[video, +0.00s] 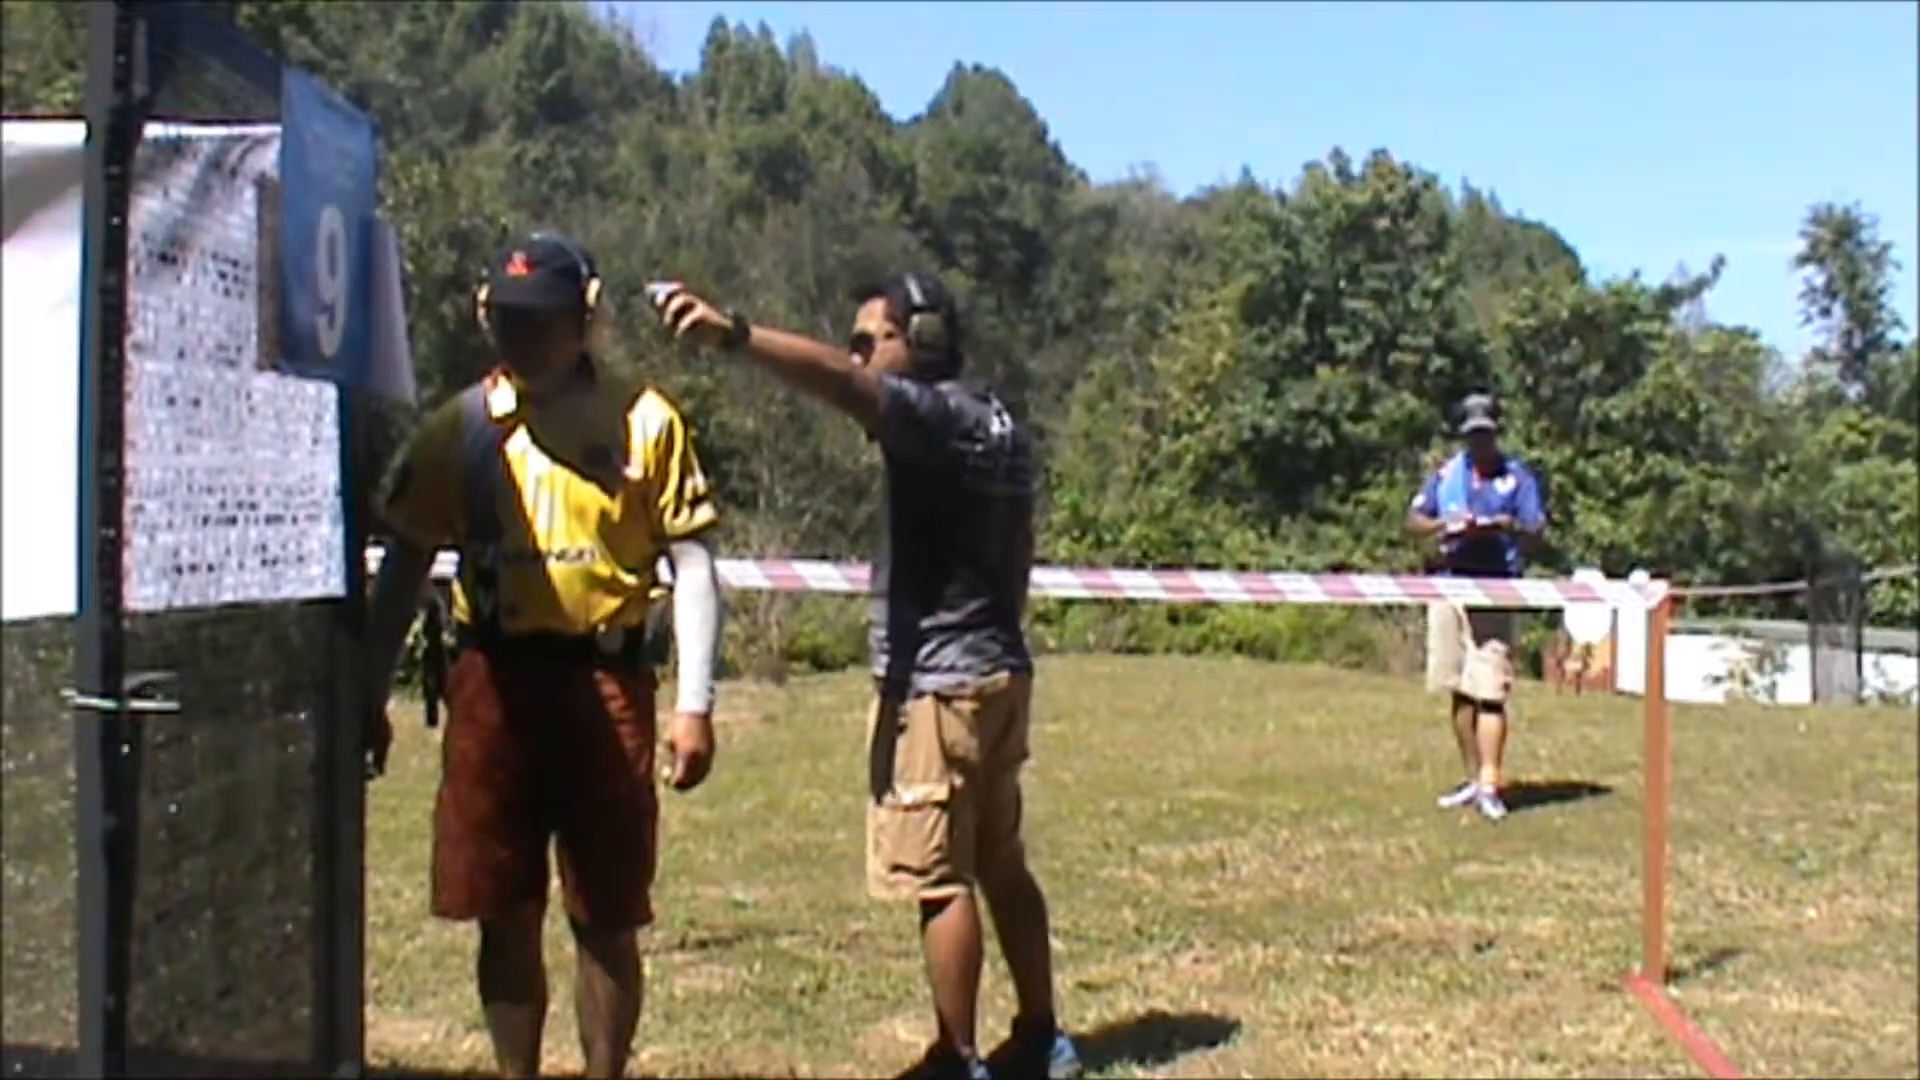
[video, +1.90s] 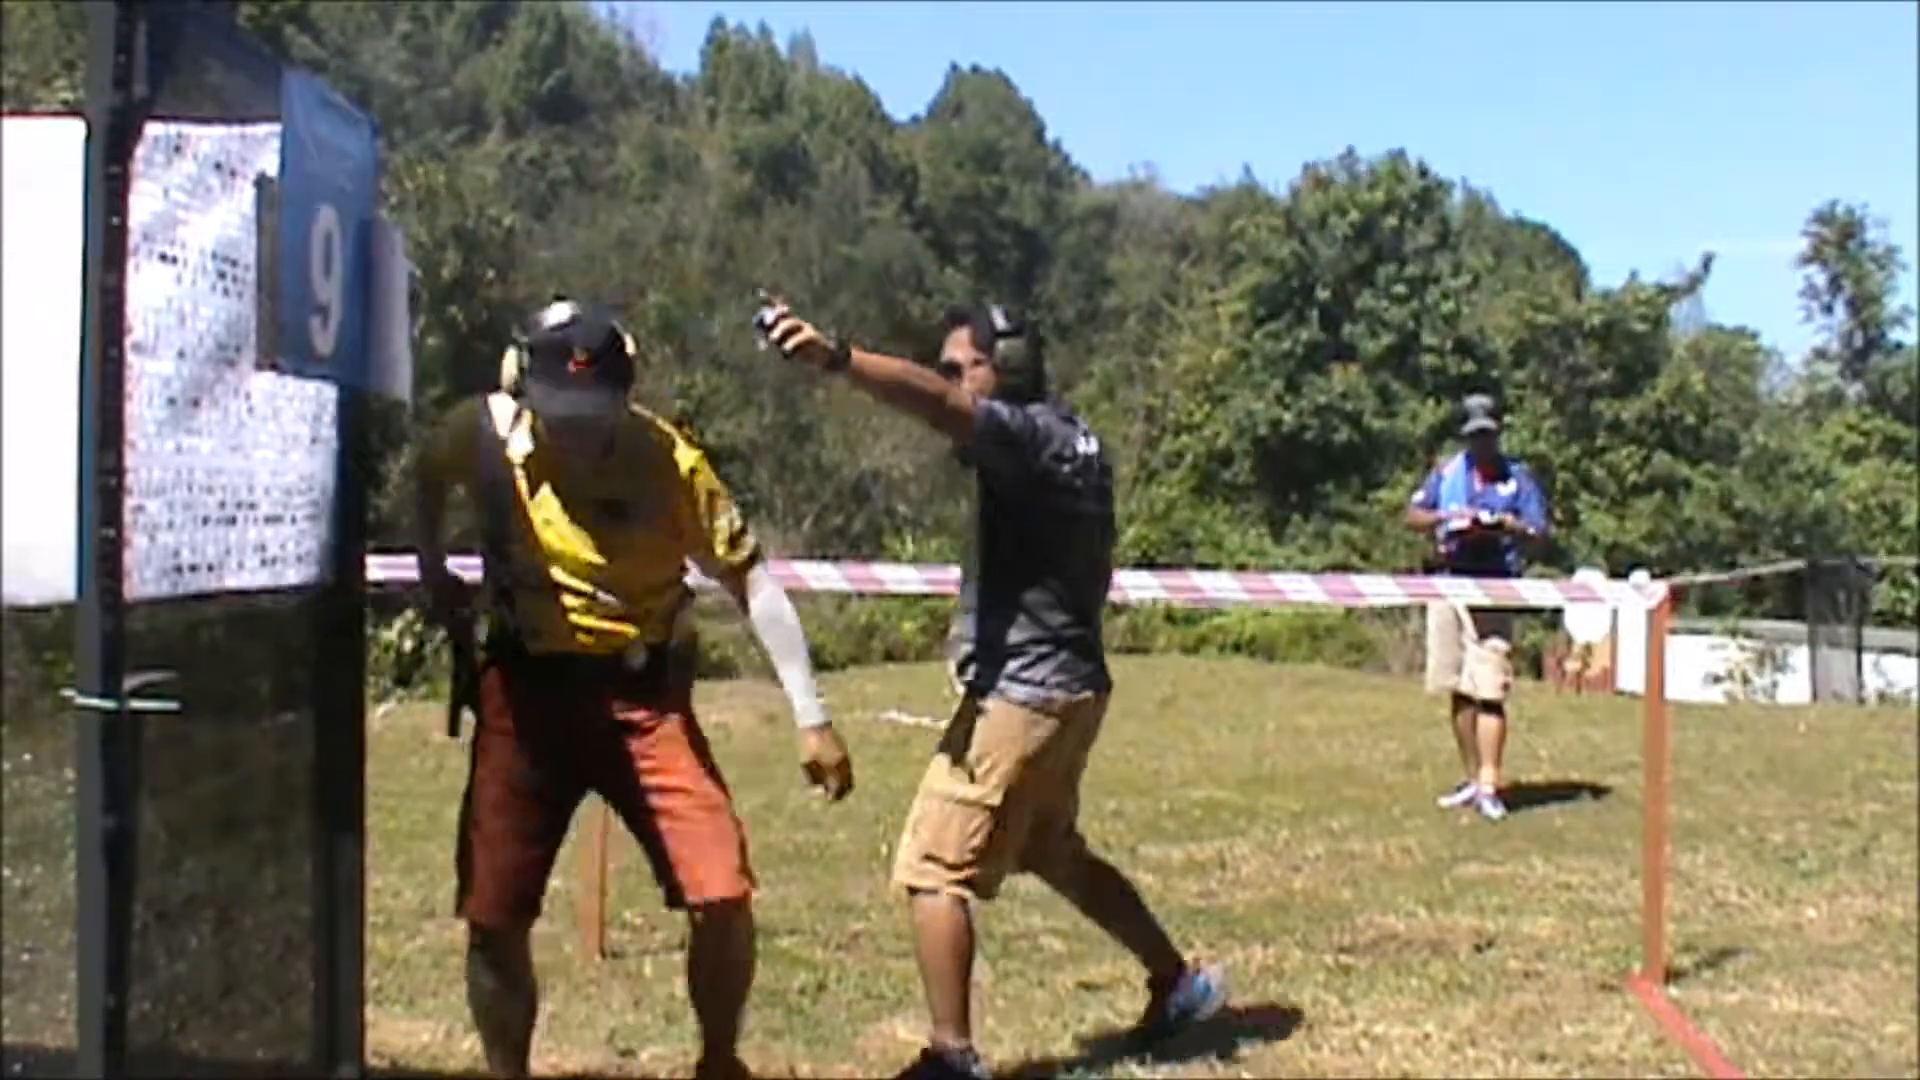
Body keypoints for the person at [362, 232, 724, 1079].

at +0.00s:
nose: (516, 339)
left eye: (536, 323)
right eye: (506, 320)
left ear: (585, 323)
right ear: (488, 317)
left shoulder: (645, 423)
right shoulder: (463, 426)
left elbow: (692, 565)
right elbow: (405, 565)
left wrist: (695, 700)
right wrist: (370, 695)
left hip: (605, 694)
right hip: (495, 694)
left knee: (606, 923)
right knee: (503, 915)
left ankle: (605, 1071)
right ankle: (517, 1071)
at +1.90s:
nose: (580, 433)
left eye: (595, 416)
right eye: (562, 416)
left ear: (624, 394)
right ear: (531, 394)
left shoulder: (671, 461)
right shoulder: (490, 432)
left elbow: (752, 583)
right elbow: (425, 475)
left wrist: (813, 718)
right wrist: (436, 583)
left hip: (645, 702)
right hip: (526, 698)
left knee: (724, 898)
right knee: (493, 922)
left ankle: (719, 1061)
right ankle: (509, 1072)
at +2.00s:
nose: (594, 453)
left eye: (610, 435)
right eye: (575, 437)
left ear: (638, 411)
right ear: (545, 413)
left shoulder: (685, 481)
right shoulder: (495, 455)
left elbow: (766, 594)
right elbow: (455, 522)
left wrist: (818, 723)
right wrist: (479, 649)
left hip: (664, 714)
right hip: (541, 712)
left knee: (757, 909)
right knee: (491, 928)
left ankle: (789, 1048)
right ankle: (503, 1071)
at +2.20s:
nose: (704, 512)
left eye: (712, 491)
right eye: (682, 500)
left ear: (726, 467)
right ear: (638, 485)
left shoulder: (772, 547)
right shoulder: (581, 514)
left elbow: (843, 644)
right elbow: (531, 551)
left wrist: (916, 759)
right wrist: (552, 665)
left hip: (736, 769)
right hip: (613, 763)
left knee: (850, 946)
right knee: (538, 957)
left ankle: (916, 1070)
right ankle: (525, 1071)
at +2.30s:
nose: (811, 500)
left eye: (826, 481)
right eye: (789, 483)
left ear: (848, 464)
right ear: (748, 466)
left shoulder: (885, 552)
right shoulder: (693, 502)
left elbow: (975, 646)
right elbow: (617, 522)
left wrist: (1063, 756)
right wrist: (635, 637)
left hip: (815, 780)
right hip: (690, 763)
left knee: (909, 951)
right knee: (583, 948)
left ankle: (927, 1072)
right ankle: (537, 1070)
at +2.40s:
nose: (863, 450)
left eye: (883, 432)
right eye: (848, 432)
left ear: (924, 430)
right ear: (830, 425)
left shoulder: (975, 534)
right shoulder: (787, 475)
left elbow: (1068, 628)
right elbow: (710, 492)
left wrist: (1157, 742)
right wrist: (721, 599)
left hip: (890, 763)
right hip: (769, 740)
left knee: (946, 961)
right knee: (648, 936)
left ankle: (954, 1076)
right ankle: (562, 1066)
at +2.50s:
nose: (949, 387)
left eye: (970, 371)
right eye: (941, 367)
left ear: (1018, 373)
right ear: (930, 365)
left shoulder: (1083, 474)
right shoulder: (895, 436)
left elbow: (1189, 561)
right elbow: (820, 467)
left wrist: (1249, 681)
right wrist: (833, 553)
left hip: (1007, 742)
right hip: (889, 719)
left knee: (1001, 958)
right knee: (810, 905)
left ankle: (970, 1070)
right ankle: (816, 1038)